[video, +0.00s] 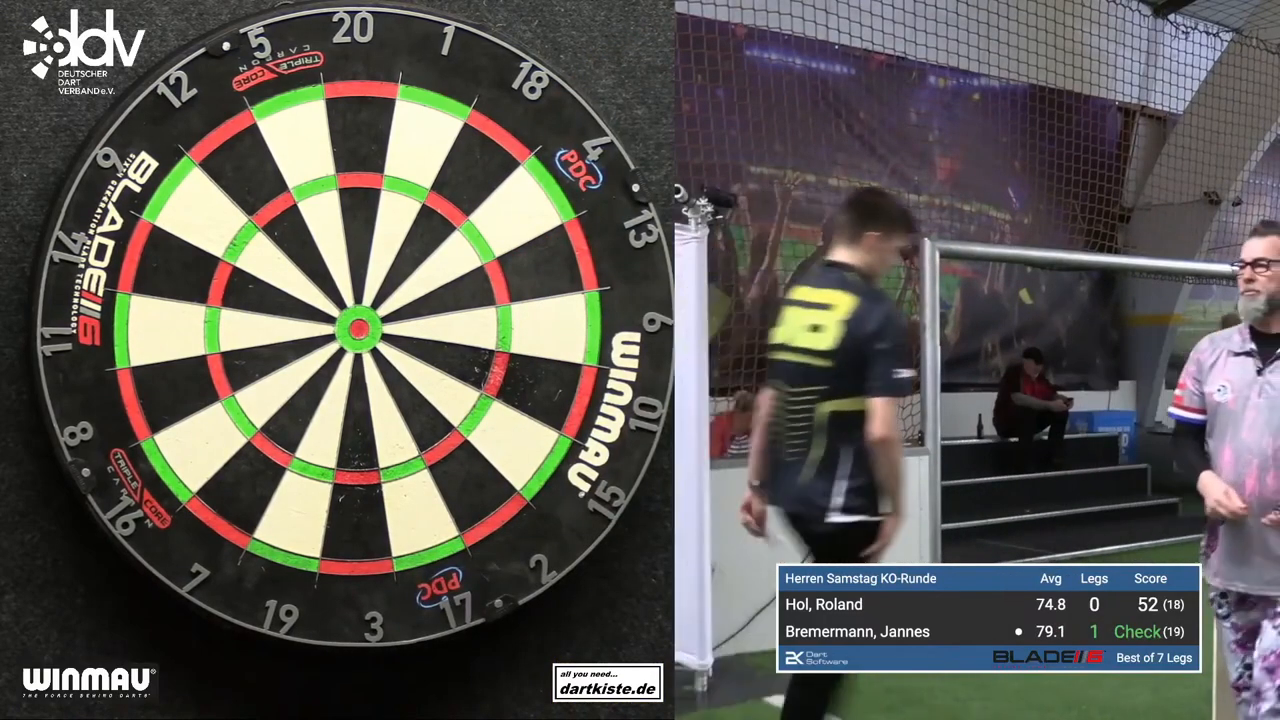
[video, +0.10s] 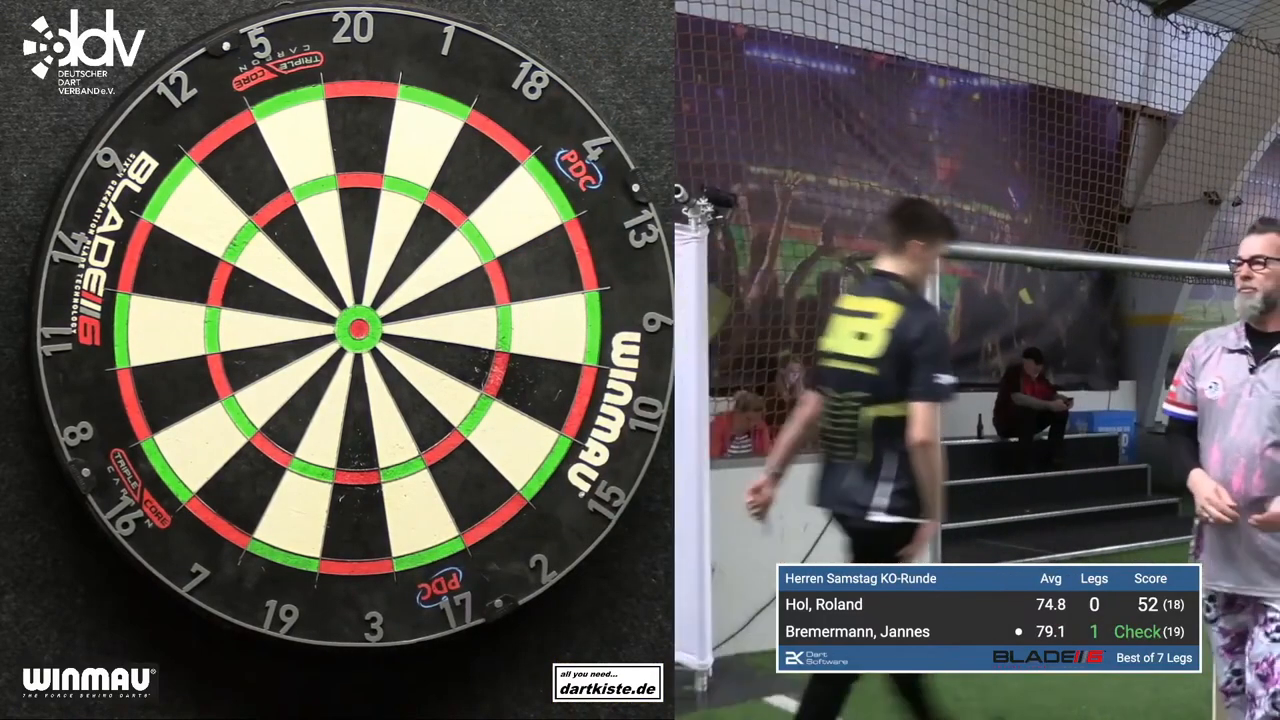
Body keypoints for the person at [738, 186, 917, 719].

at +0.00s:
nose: (898, 263)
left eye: (901, 252)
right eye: (897, 250)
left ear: (847, 236)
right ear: (870, 238)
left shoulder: (799, 292)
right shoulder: (875, 310)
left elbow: (770, 395)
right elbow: (879, 432)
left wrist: (756, 483)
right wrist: (894, 507)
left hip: (792, 489)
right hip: (845, 499)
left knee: (847, 613)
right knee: (839, 626)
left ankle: (819, 705)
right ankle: (800, 711)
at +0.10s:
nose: (939, 267)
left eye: (942, 256)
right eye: (938, 255)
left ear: (895, 247)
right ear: (917, 249)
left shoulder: (849, 302)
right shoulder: (921, 319)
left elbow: (816, 398)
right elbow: (922, 438)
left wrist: (772, 473)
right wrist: (934, 515)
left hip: (840, 488)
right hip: (888, 500)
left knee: (894, 621)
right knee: (859, 627)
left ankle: (929, 711)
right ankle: (814, 713)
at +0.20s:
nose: (973, 274)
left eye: (975, 262)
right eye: (970, 261)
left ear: (924, 254)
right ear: (946, 256)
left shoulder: (881, 309)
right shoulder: (950, 326)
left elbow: (851, 404)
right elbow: (948, 440)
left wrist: (805, 471)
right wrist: (966, 516)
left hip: (877, 496)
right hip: (920, 506)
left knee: (934, 630)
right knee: (899, 629)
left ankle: (961, 714)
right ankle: (828, 713)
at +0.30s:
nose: (1019, 280)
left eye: (1022, 270)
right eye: (1018, 267)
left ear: (972, 255)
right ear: (992, 257)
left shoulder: (924, 309)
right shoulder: (990, 319)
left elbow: (906, 401)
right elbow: (984, 429)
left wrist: (893, 481)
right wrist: (1005, 511)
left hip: (926, 489)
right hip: (965, 498)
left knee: (977, 625)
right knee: (963, 633)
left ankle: (976, 714)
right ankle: (878, 714)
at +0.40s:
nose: (1044, 282)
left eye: (1049, 270)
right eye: (1045, 268)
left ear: (1006, 254)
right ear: (1022, 254)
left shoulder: (955, 306)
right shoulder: (1009, 314)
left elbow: (951, 401)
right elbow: (1001, 420)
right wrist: (1035, 504)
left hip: (952, 489)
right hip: (989, 495)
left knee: (984, 620)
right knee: (996, 624)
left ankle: (980, 712)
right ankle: (927, 711)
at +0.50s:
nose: (1087, 279)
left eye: (1090, 269)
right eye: (1085, 267)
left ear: (1052, 253)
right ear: (1061, 253)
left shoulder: (997, 301)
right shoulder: (1045, 313)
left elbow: (981, 387)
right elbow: (1029, 413)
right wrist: (1080, 491)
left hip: (991, 486)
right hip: (1033, 492)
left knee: (999, 606)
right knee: (1088, 600)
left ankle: (984, 711)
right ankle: (1059, 706)